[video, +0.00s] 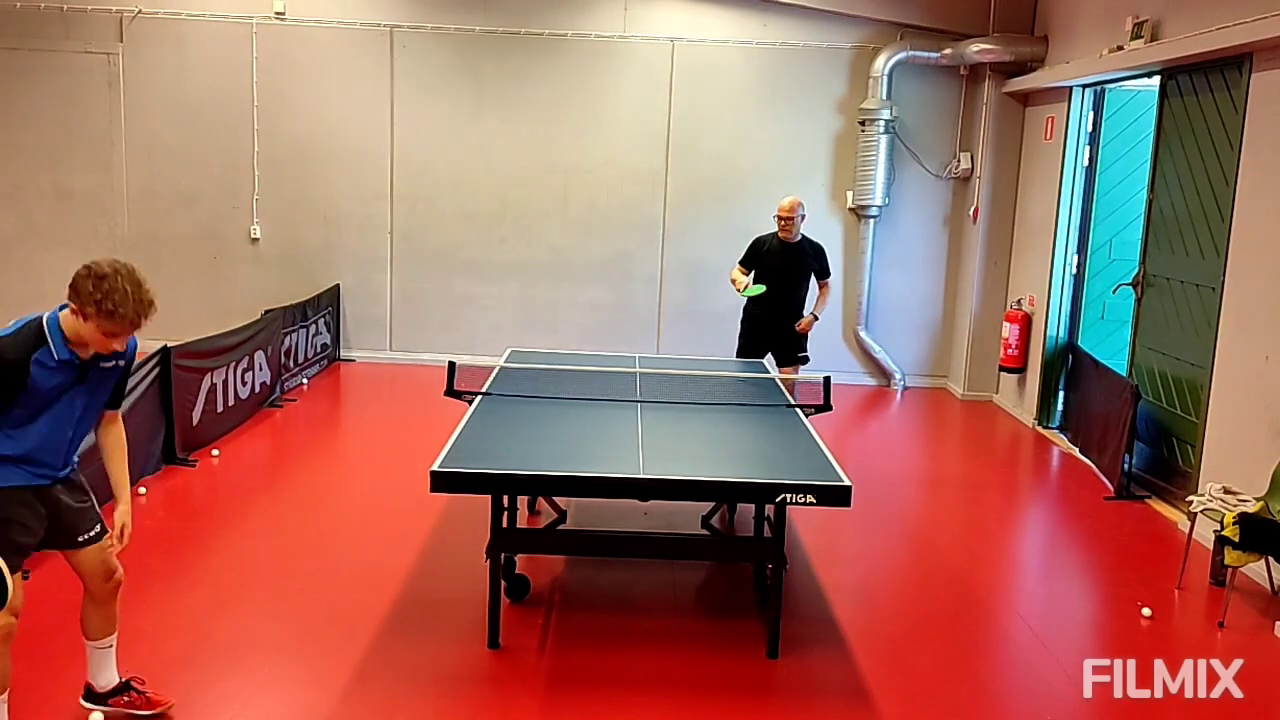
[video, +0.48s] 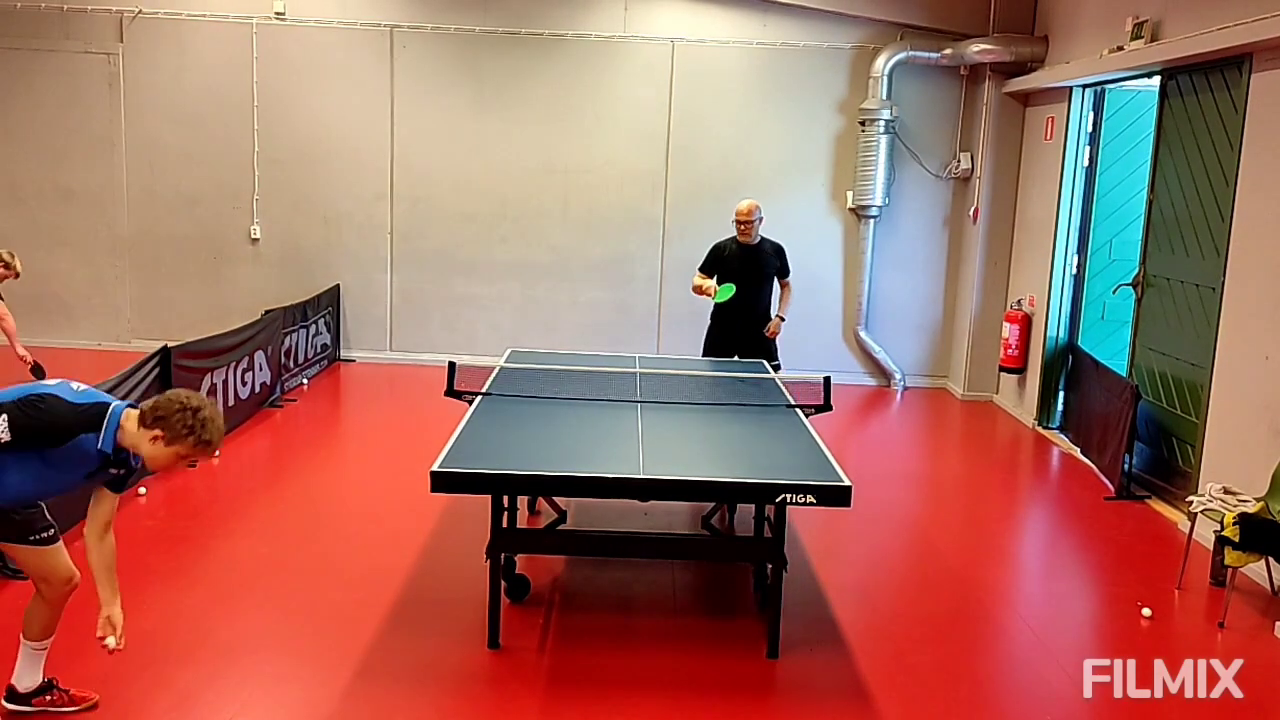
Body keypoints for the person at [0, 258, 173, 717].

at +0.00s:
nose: (119, 346)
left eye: (125, 337)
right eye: (110, 336)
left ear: (132, 323)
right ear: (78, 313)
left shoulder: (121, 351)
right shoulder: (18, 348)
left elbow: (110, 422)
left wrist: (124, 497)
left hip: (60, 481)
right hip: (7, 488)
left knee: (106, 578)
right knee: (6, 617)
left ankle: (103, 687)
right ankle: (3, 711)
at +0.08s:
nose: (126, 381)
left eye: (133, 372)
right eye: (120, 370)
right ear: (88, 345)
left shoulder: (118, 379)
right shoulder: (17, 368)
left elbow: (109, 447)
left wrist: (118, 530)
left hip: (42, 480)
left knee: (94, 572)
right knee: (1, 602)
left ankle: (85, 681)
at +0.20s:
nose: (136, 463)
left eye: (142, 459)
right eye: (133, 455)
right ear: (103, 432)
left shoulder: (112, 445)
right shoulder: (20, 414)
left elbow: (104, 515)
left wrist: (113, 588)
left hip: (23, 489)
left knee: (76, 580)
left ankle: (39, 677)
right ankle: (40, 676)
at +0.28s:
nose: (139, 490)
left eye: (144, 484)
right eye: (138, 481)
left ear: (112, 457)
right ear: (110, 459)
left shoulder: (111, 462)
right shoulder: (24, 429)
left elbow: (101, 538)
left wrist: (111, 609)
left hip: (18, 496)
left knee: (72, 583)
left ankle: (31, 680)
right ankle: (32, 680)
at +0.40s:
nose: (161, 493)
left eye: (168, 487)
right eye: (163, 483)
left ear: (139, 459)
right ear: (139, 460)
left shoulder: (118, 470)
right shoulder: (51, 426)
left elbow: (99, 547)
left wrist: (110, 622)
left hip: (15, 498)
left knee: (64, 582)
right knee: (59, 584)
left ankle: (28, 684)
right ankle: (28, 683)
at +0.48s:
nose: (184, 468)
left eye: (191, 463)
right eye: (185, 459)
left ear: (157, 437)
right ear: (158, 437)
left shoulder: (129, 455)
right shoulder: (64, 413)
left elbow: (100, 528)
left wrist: (110, 603)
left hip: (15, 496)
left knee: (59, 580)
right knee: (56, 581)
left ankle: (26, 686)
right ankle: (26, 685)